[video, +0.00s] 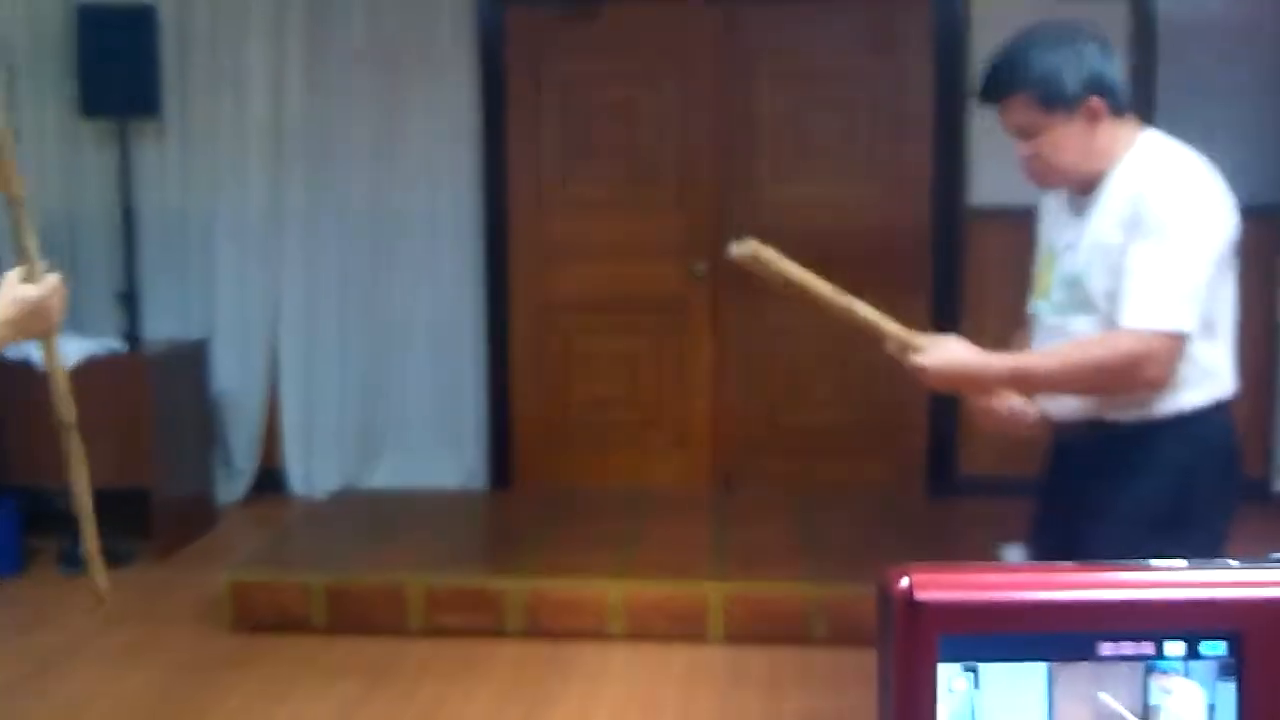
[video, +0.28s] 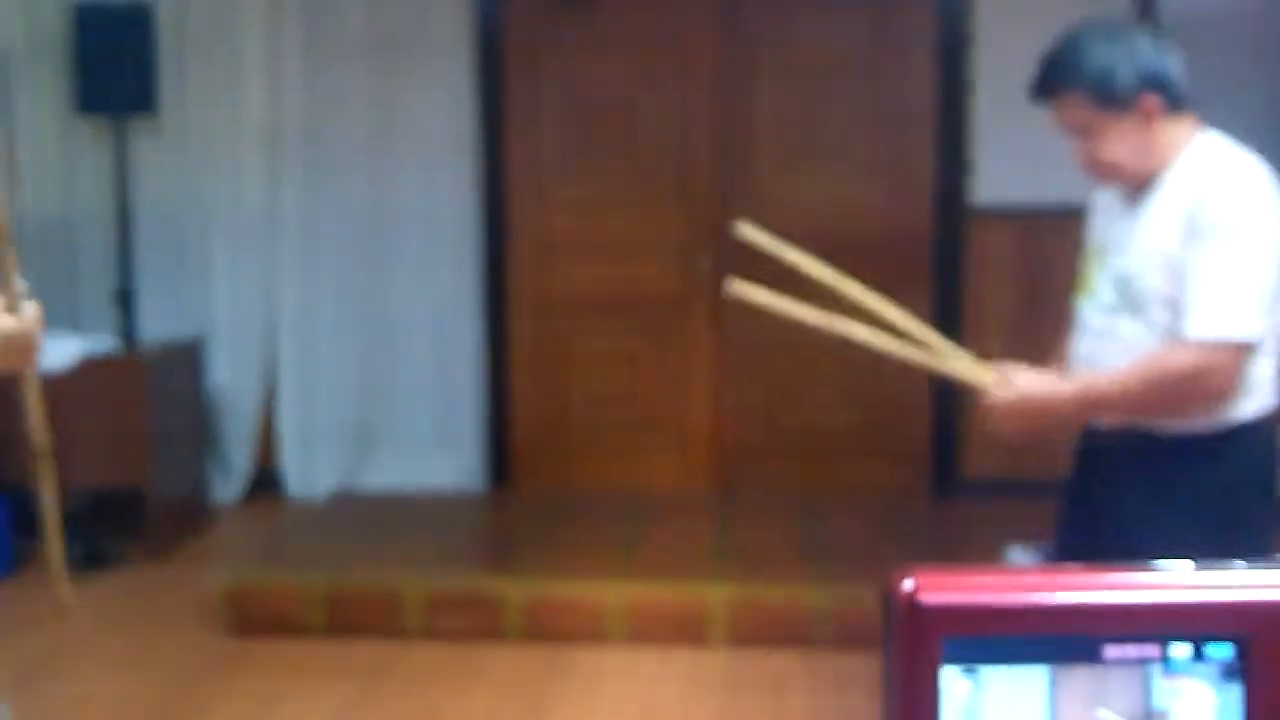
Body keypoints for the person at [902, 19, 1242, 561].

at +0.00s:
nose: (1024, 158)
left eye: (1032, 135)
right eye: (1017, 138)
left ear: (1093, 113)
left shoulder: (1178, 187)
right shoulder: (1062, 192)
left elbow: (1147, 359)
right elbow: (1054, 334)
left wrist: (984, 369)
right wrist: (1015, 395)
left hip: (1168, 458)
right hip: (1081, 451)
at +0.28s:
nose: (1081, 157)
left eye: (1088, 132)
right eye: (1074, 136)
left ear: (1148, 109)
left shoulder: (1232, 187)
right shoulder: (1116, 188)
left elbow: (1212, 371)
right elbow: (1108, 335)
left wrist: (1063, 399)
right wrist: (1046, 387)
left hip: (1208, 471)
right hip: (1112, 462)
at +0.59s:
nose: (1149, 161)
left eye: (1160, 143)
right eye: (1142, 144)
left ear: (1229, 123)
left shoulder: (1270, 209)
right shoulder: (1162, 195)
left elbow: (1276, 389)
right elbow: (1154, 325)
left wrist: (1128, 400)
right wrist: (1093, 399)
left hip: (1253, 480)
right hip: (1158, 477)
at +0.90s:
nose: (1182, 180)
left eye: (1190, 160)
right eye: (1173, 163)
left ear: (1260, 135)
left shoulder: (1272, 224)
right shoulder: (1192, 210)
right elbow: (1191, 344)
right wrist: (1135, 445)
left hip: (1261, 479)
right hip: (1177, 474)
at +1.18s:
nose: (1166, 184)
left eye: (1172, 162)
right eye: (1158, 165)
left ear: (1241, 135)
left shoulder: (1272, 225)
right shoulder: (1188, 213)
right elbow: (1195, 350)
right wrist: (1150, 461)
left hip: (1261, 485)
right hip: (1176, 476)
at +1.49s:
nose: (1096, 184)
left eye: (1104, 166)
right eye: (1090, 167)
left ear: (1166, 140)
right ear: (1165, 142)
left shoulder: (1265, 212)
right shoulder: (1138, 203)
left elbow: (1277, 402)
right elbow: (1143, 354)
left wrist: (1204, 511)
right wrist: (1081, 449)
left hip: (1221, 492)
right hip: (1121, 482)